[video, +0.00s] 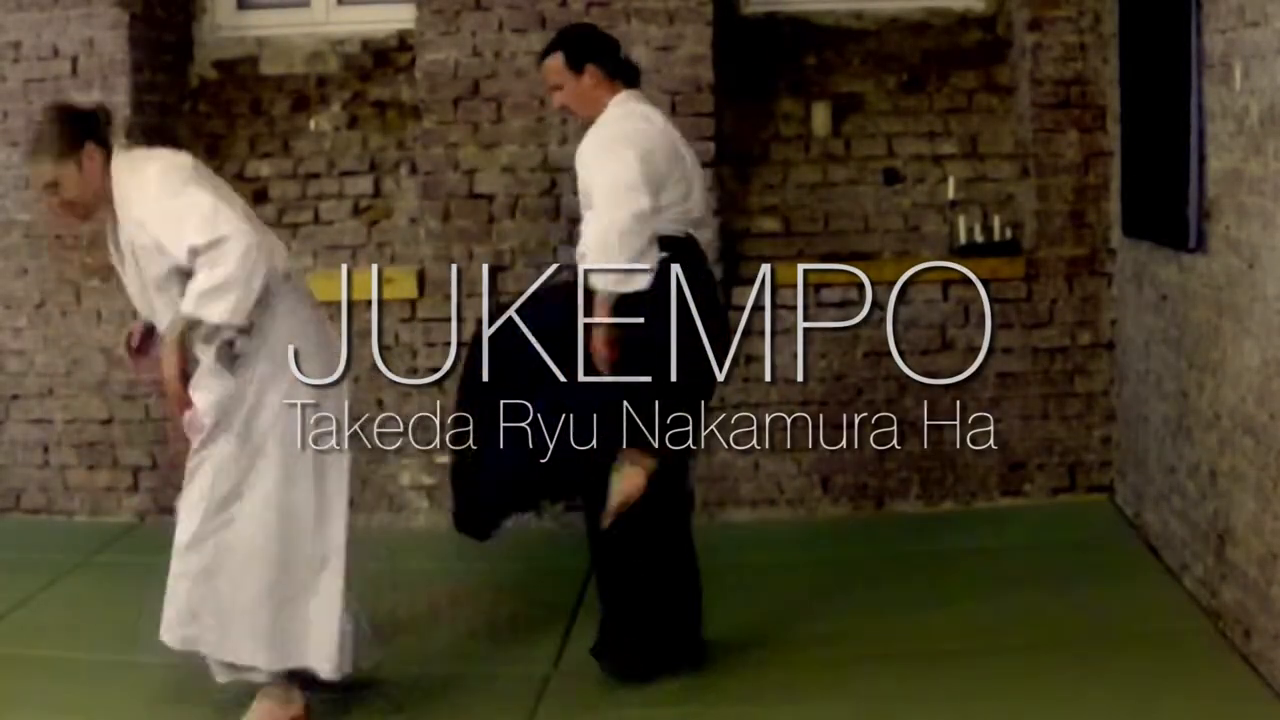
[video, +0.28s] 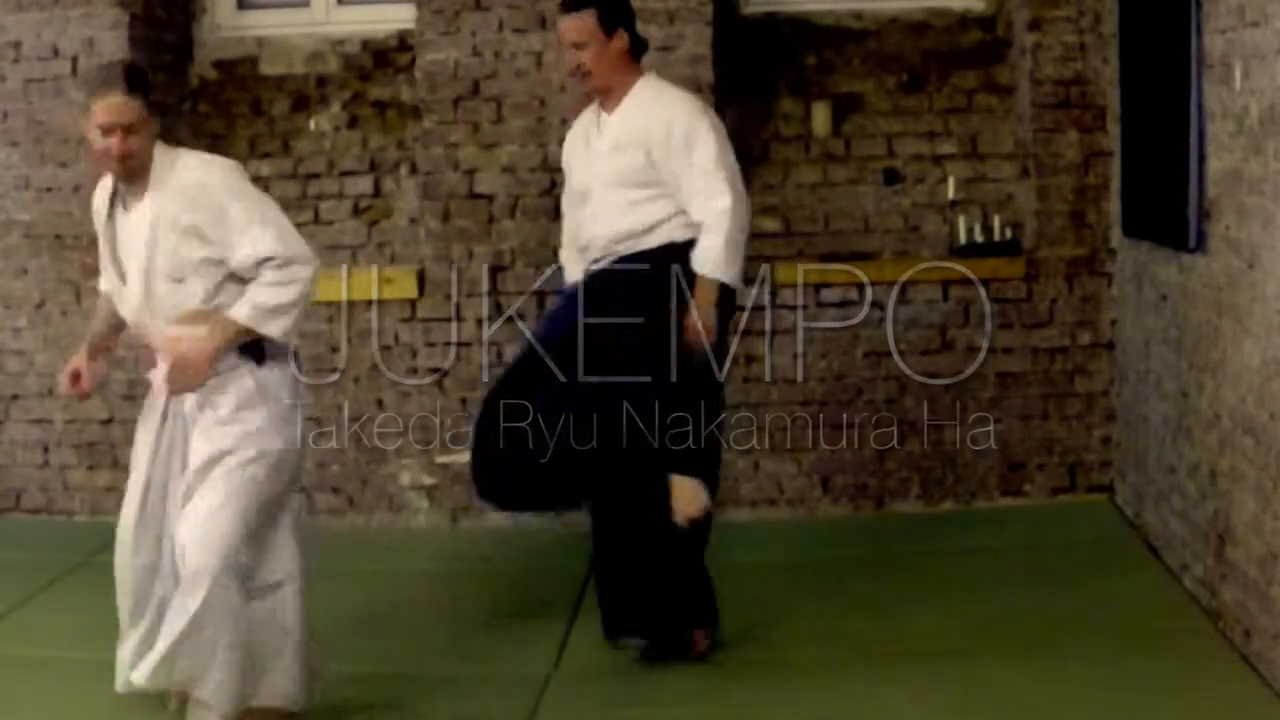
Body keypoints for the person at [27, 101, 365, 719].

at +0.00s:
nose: (56, 202)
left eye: (57, 184)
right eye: (46, 192)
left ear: (92, 156)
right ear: (88, 160)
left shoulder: (154, 183)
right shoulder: (129, 198)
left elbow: (239, 252)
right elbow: (195, 267)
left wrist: (178, 336)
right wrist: (159, 328)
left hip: (278, 361)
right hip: (253, 361)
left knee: (255, 515)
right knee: (262, 508)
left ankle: (283, 683)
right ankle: (309, 656)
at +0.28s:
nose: (117, 146)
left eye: (130, 131)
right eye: (103, 133)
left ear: (153, 128)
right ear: (87, 135)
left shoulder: (210, 181)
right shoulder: (107, 197)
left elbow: (292, 267)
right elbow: (120, 285)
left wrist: (218, 335)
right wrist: (95, 347)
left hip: (248, 397)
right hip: (174, 400)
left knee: (205, 545)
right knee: (165, 542)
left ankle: (213, 704)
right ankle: (197, 688)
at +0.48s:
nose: (223, 90)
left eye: (232, 75)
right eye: (209, 73)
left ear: (239, 80)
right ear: (167, 74)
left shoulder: (279, 153)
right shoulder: (123, 157)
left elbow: (357, 239)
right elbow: (94, 249)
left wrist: (302, 309)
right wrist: (97, 325)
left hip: (248, 382)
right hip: (153, 382)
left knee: (232, 563)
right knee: (141, 556)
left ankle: (215, 707)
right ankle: (151, 695)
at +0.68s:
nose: (329, 72)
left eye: (333, 55)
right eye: (319, 52)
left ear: (279, 50)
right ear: (263, 46)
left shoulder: (329, 145)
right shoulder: (165, 141)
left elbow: (363, 234)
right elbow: (99, 260)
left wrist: (366, 292)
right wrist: (160, 343)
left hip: (302, 396)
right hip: (200, 395)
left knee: (297, 603)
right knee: (189, 603)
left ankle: (285, 713)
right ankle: (110, 708)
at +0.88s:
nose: (427, 59)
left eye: (427, 42)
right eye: (418, 40)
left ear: (371, 41)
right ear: (364, 39)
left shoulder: (344, 131)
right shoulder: (292, 132)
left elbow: (304, 265)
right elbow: (231, 287)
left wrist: (379, 308)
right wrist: (306, 414)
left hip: (328, 387)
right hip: (271, 390)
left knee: (338, 596)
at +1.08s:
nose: (529, 85)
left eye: (528, 67)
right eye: (525, 66)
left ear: (444, 62)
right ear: (500, 64)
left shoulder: (366, 135)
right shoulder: (488, 157)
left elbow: (281, 259)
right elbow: (477, 338)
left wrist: (360, 307)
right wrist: (508, 493)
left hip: (315, 411)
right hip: (402, 424)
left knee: (332, 624)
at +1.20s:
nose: (568, 55)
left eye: (565, 39)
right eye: (566, 39)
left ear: (484, 41)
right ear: (550, 41)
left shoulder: (392, 121)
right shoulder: (550, 144)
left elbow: (301, 245)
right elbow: (573, 335)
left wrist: (377, 332)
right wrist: (614, 475)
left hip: (353, 409)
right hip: (465, 420)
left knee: (330, 655)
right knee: (537, 666)